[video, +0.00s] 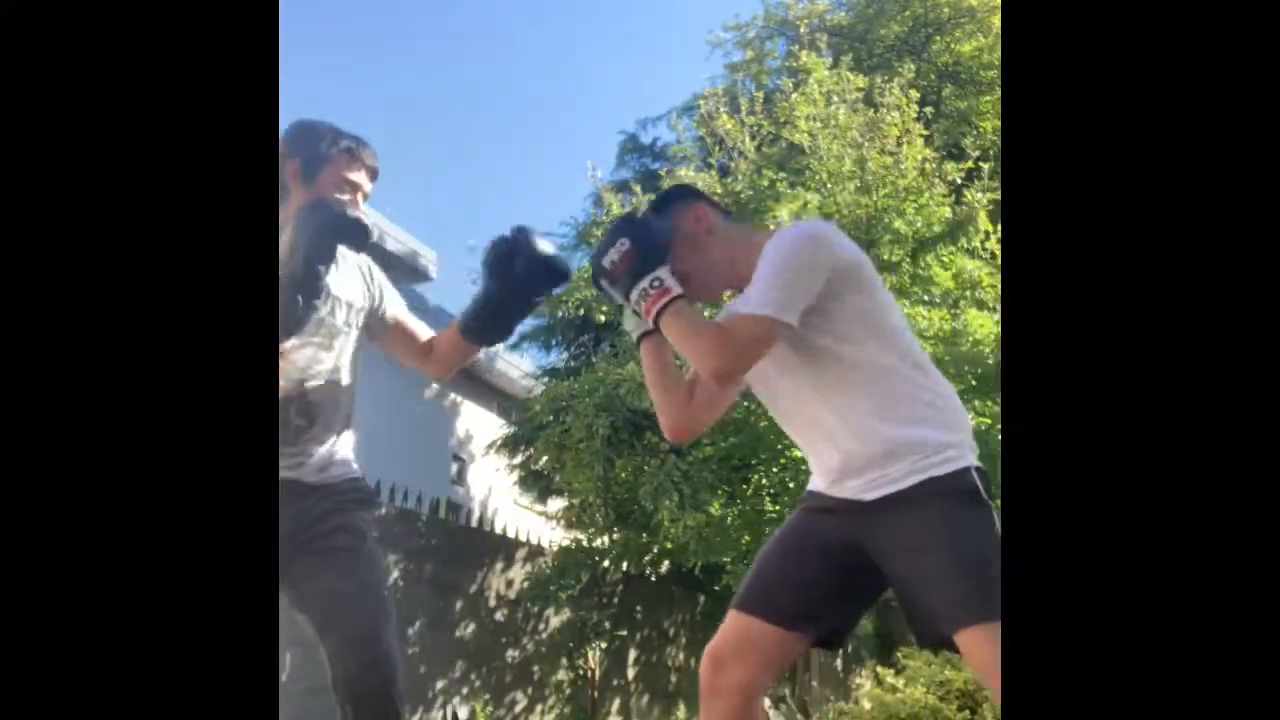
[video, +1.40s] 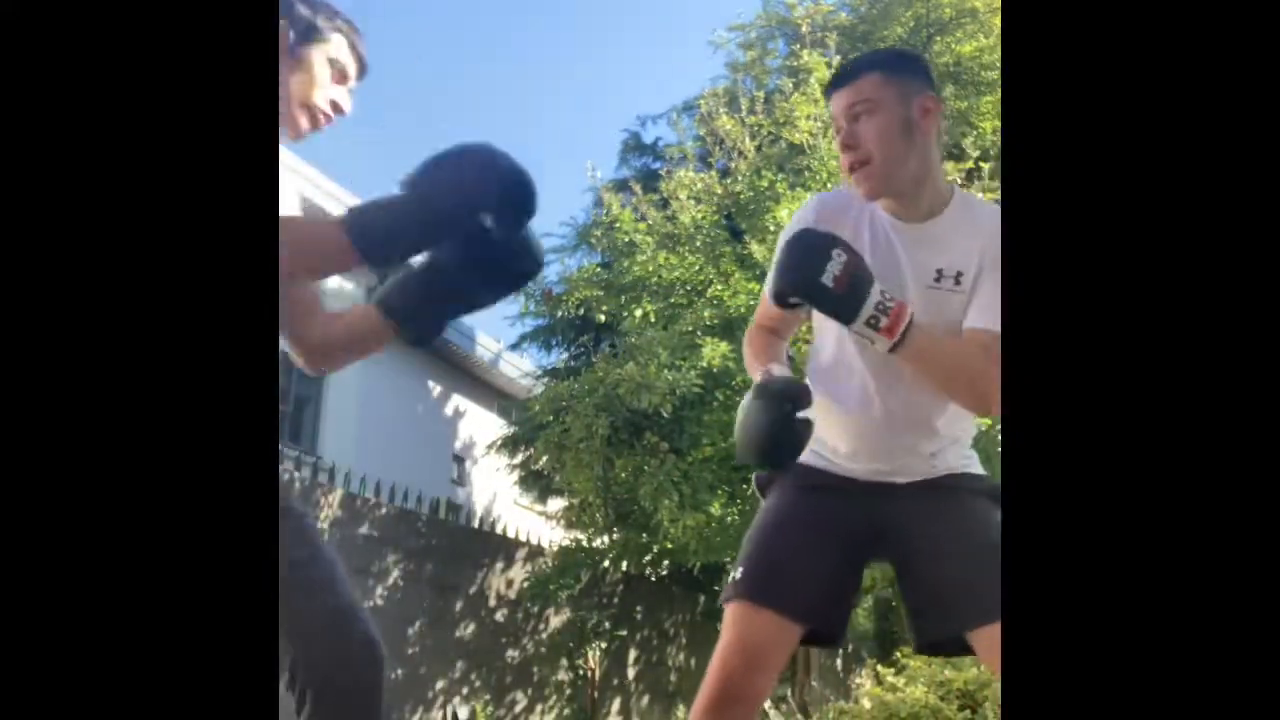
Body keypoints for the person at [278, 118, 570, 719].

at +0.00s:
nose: (359, 207)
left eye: (366, 196)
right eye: (348, 188)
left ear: (368, 201)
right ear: (293, 173)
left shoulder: (357, 270)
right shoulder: (284, 256)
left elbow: (436, 360)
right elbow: (284, 345)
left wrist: (498, 303)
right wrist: (299, 271)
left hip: (321, 488)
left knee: (372, 670)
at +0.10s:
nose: (379, 206)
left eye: (386, 194)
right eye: (368, 185)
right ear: (315, 168)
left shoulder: (365, 266)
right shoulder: (283, 256)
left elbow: (468, 312)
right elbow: (285, 371)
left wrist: (561, 291)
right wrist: (318, 270)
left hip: (320, 489)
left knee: (362, 673)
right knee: (277, 677)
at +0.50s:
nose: (385, 147)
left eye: (391, 135)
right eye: (374, 125)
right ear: (313, 103)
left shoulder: (374, 227)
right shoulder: (284, 206)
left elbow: (431, 340)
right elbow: (284, 294)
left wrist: (511, 285)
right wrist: (310, 217)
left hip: (324, 474)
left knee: (356, 683)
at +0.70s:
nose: (319, 126)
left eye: (325, 115)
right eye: (308, 103)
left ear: (325, 121)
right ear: (277, 86)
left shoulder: (297, 225)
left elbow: (331, 334)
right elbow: (330, 333)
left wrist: (403, 266)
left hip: (288, 454)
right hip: (289, 454)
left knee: (342, 684)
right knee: (337, 683)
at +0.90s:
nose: (352, 77)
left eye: (356, 65)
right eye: (343, 59)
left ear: (326, 82)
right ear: (299, 64)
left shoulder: (292, 178)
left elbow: (359, 282)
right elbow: (359, 280)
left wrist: (382, 161)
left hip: (282, 432)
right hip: (281, 435)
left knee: (321, 650)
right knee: (318, 652)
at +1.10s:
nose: (377, 134)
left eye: (388, 117)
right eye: (378, 106)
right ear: (342, 71)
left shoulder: (318, 191)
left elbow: (419, 305)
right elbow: (344, 232)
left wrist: (456, 184)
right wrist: (412, 121)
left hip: (284, 450)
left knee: (337, 675)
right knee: (334, 675)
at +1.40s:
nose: (343, 102)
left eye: (353, 88)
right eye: (337, 70)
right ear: (287, 41)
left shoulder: (290, 188)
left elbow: (318, 344)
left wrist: (437, 291)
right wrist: (396, 223)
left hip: (282, 463)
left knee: (346, 658)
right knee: (342, 657)